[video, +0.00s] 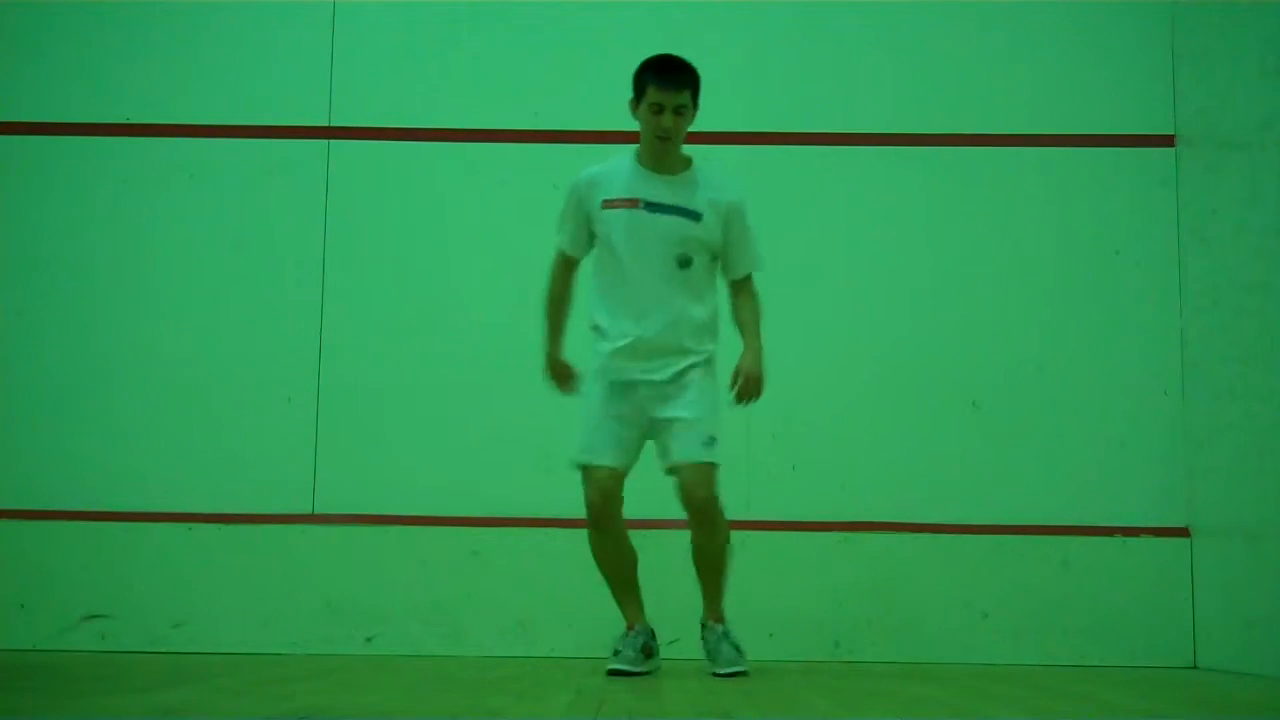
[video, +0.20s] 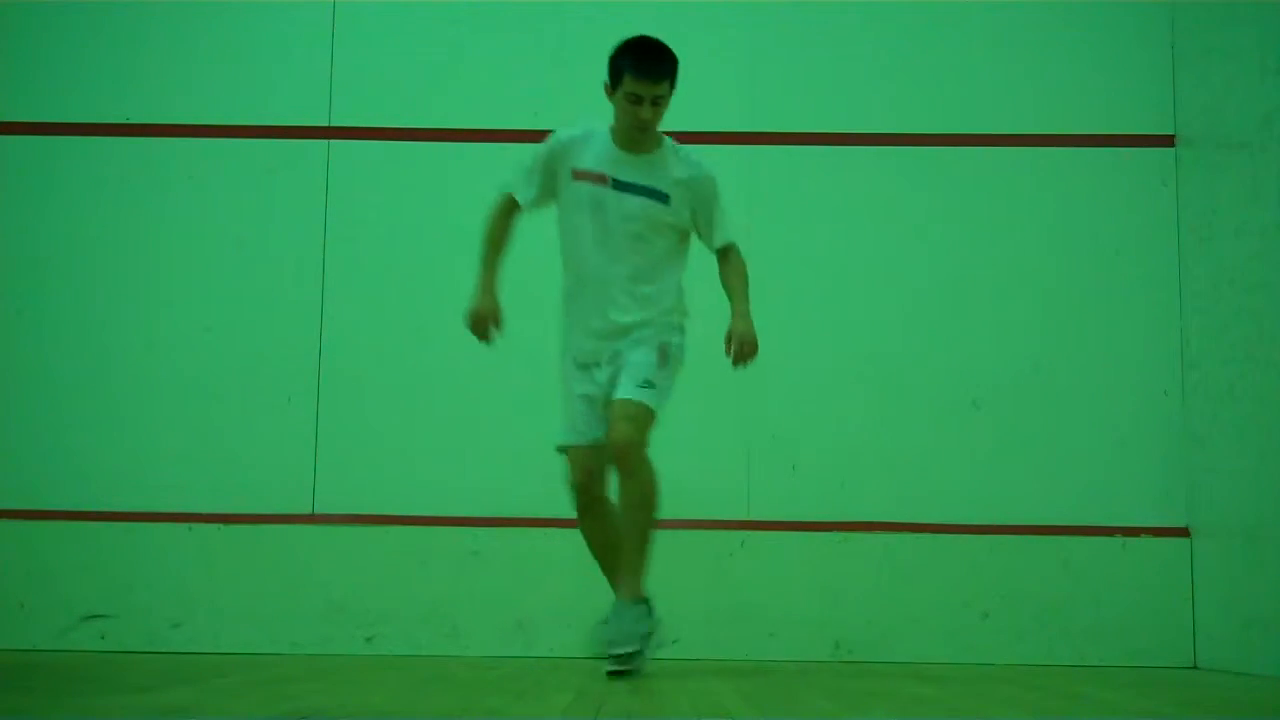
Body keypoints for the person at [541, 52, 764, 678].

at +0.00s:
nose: (665, 121)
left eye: (678, 110)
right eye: (656, 108)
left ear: (692, 116)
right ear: (635, 110)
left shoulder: (720, 198)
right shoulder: (594, 186)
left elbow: (742, 284)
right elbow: (564, 267)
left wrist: (753, 351)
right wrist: (554, 349)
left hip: (689, 372)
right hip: (613, 372)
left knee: (700, 495)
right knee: (599, 497)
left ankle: (716, 625)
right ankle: (636, 629)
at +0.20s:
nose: (646, 115)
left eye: (658, 103)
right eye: (635, 101)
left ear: (671, 101)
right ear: (611, 93)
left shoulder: (690, 176)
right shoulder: (567, 151)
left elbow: (726, 250)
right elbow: (508, 205)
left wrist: (742, 316)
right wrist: (485, 290)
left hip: (652, 333)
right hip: (585, 336)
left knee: (625, 440)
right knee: (584, 479)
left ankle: (630, 600)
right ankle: (632, 606)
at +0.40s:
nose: (623, 169)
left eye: (634, 158)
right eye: (612, 154)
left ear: (645, 152)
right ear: (585, 141)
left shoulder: (653, 229)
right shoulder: (544, 184)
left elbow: (696, 305)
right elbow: (455, 198)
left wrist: (710, 397)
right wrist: (381, 253)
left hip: (625, 382)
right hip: (561, 381)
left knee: (562, 484)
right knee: (519, 494)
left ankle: (567, 638)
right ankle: (635, 593)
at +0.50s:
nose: (617, 194)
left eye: (628, 182)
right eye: (606, 181)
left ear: (640, 173)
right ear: (578, 163)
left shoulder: (645, 244)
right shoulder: (539, 192)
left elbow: (690, 327)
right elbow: (444, 186)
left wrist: (724, 413)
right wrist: (347, 210)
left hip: (619, 385)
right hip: (561, 392)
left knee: (560, 475)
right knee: (507, 488)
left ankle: (567, 638)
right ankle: (649, 521)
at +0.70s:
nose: (598, 185)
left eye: (608, 175)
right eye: (587, 176)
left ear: (626, 158)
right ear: (567, 157)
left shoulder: (653, 202)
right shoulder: (537, 163)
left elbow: (715, 270)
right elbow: (453, 167)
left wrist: (772, 340)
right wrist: (390, 222)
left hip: (633, 343)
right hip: (569, 349)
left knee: (625, 432)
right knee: (536, 460)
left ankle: (622, 585)